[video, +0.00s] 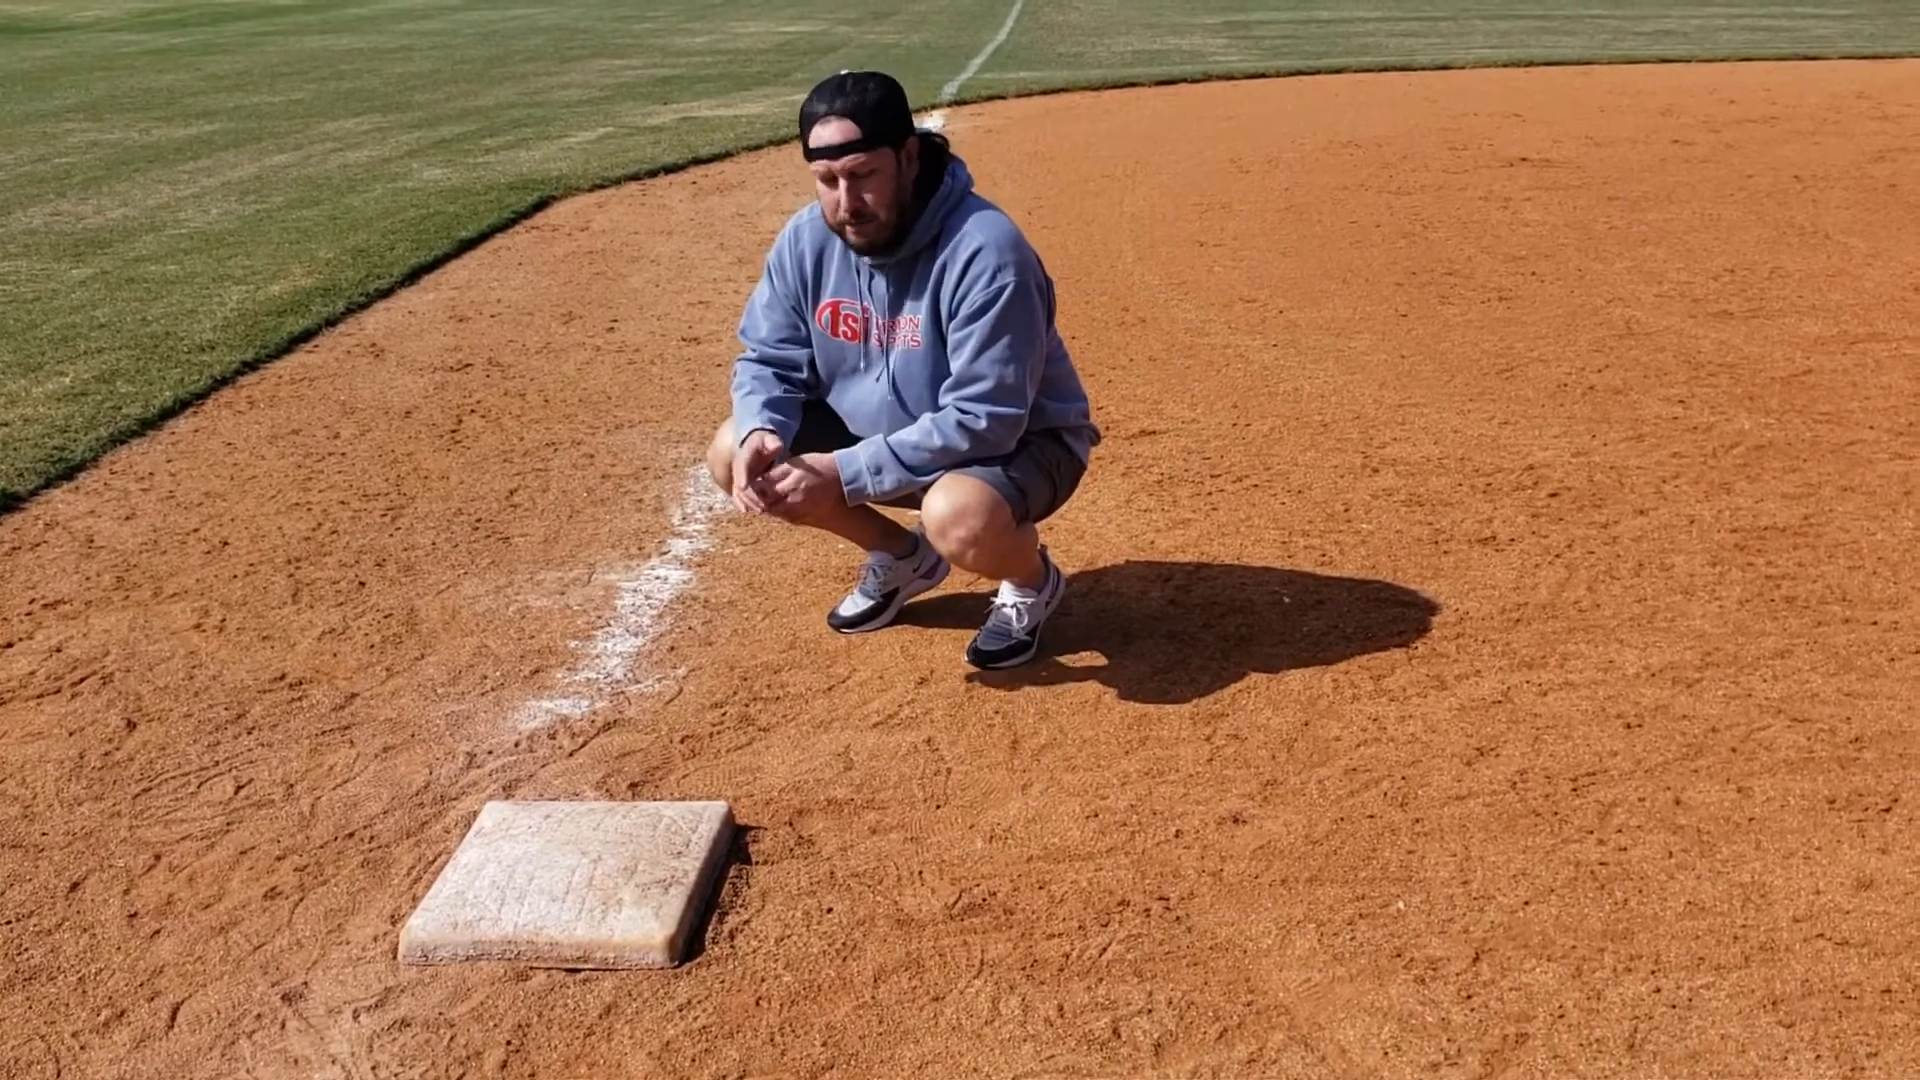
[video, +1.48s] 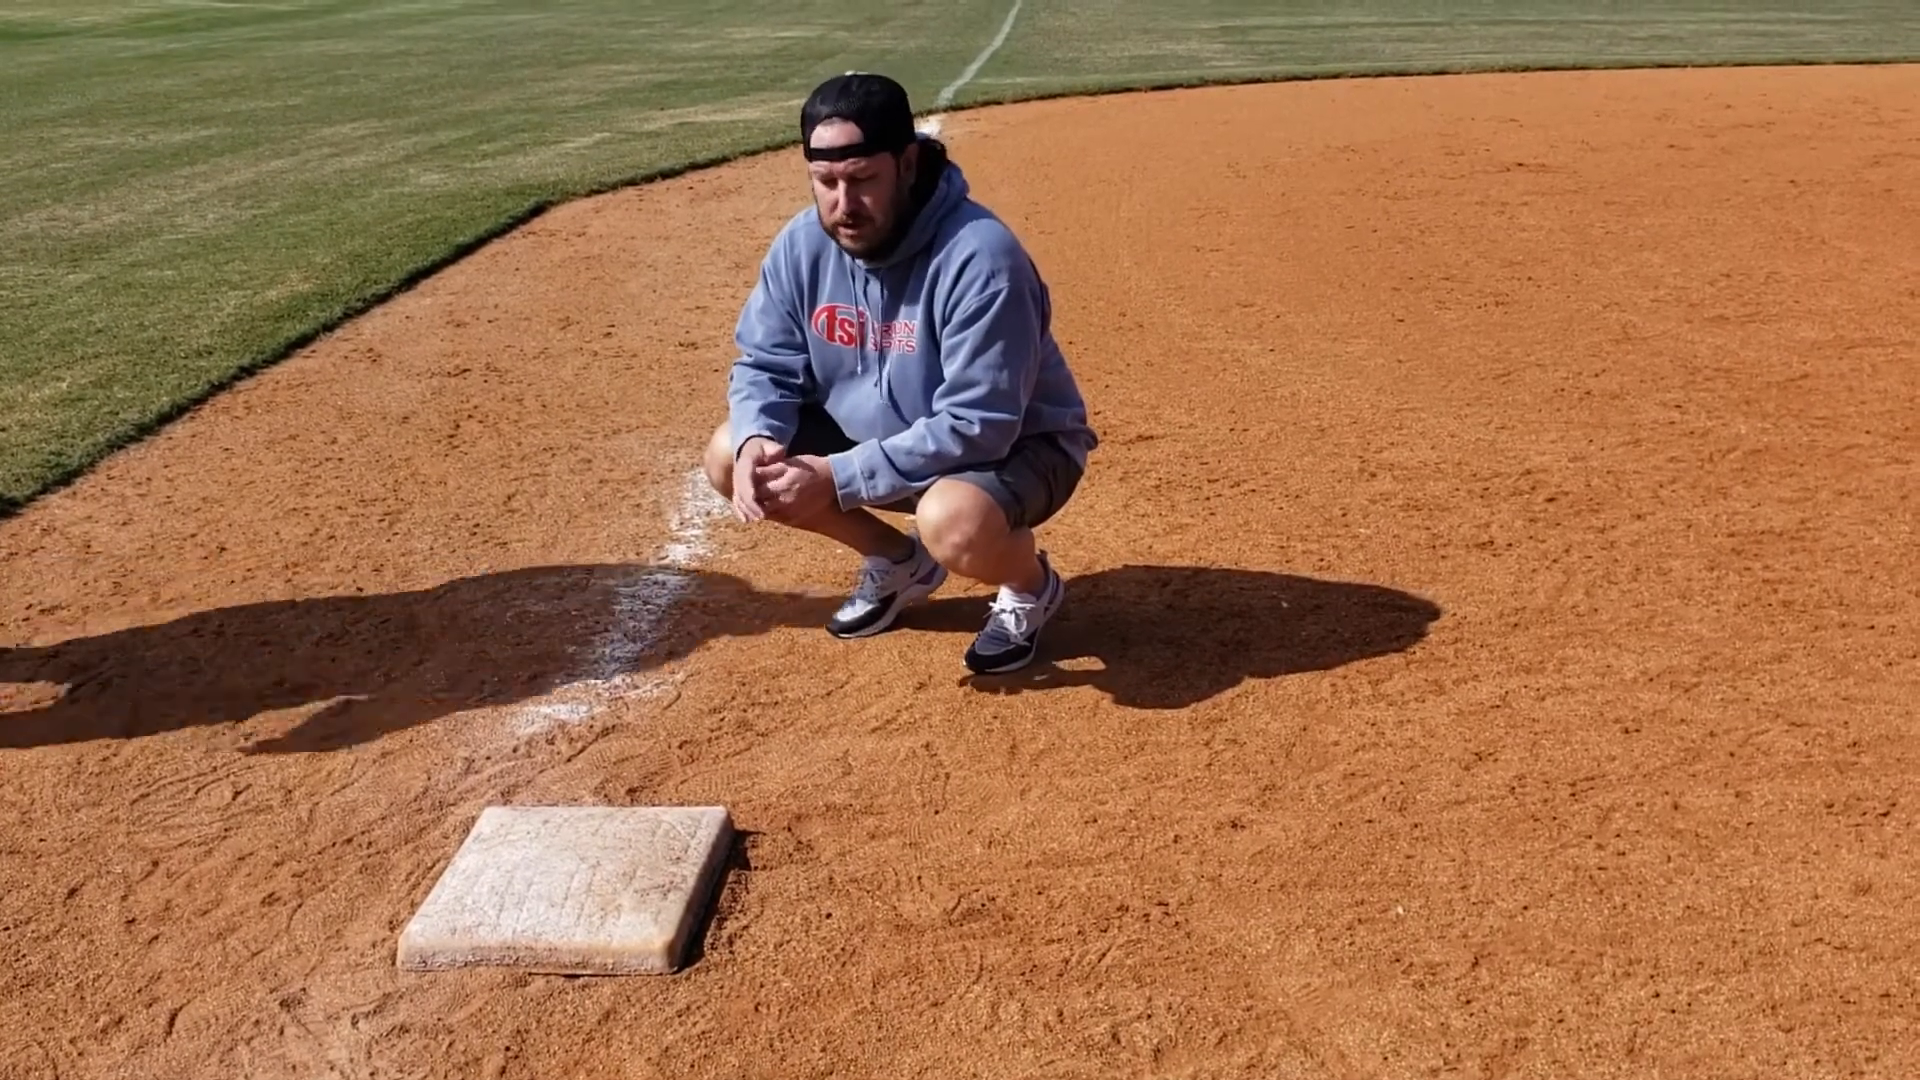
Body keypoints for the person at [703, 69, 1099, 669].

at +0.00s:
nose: (846, 203)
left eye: (864, 176)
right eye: (827, 180)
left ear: (909, 157)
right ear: (812, 176)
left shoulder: (986, 255)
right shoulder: (806, 239)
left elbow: (984, 422)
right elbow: (769, 356)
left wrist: (843, 474)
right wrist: (762, 431)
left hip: (1024, 440)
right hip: (890, 433)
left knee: (957, 517)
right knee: (737, 451)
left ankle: (1034, 583)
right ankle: (900, 554)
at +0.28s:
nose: (864, 191)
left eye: (881, 163)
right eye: (842, 168)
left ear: (920, 153)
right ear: (820, 172)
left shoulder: (988, 257)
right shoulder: (807, 241)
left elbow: (982, 422)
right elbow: (768, 358)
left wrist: (845, 474)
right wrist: (765, 433)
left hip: (1024, 441)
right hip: (890, 435)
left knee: (956, 516)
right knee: (735, 456)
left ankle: (1034, 583)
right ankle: (901, 555)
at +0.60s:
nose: (869, 184)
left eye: (888, 158)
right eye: (848, 160)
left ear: (925, 150)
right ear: (825, 162)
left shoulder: (989, 255)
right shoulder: (808, 238)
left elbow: (984, 419)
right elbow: (768, 352)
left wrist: (846, 468)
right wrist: (765, 421)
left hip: (1023, 441)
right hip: (885, 433)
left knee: (958, 515)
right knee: (736, 452)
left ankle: (1035, 585)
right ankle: (898, 554)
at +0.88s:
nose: (867, 183)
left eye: (885, 157)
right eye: (845, 161)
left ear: (922, 150)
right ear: (822, 165)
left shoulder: (987, 256)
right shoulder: (805, 241)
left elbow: (982, 421)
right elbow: (766, 354)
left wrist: (844, 470)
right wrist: (764, 425)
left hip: (1020, 442)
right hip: (881, 435)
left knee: (956, 516)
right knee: (733, 453)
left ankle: (1034, 587)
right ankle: (896, 556)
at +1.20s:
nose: (848, 198)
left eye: (868, 175)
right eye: (831, 176)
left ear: (913, 157)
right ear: (814, 171)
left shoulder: (983, 259)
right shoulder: (803, 244)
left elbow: (978, 424)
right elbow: (766, 359)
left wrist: (838, 475)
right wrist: (758, 429)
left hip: (1021, 442)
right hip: (886, 434)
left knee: (953, 518)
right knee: (733, 454)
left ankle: (1033, 587)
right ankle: (897, 557)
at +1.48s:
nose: (843, 204)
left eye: (863, 179)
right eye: (826, 181)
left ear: (908, 163)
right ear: (809, 176)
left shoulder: (981, 261)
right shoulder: (801, 247)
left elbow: (977, 427)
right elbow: (766, 363)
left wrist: (837, 479)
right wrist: (758, 440)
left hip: (1020, 444)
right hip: (885, 436)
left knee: (952, 522)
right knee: (733, 455)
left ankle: (1032, 588)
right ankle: (897, 560)